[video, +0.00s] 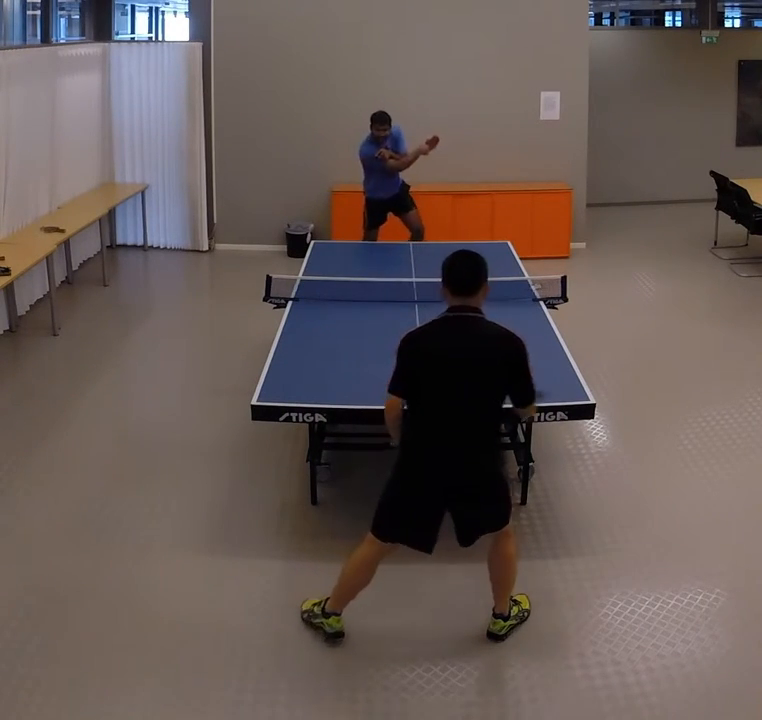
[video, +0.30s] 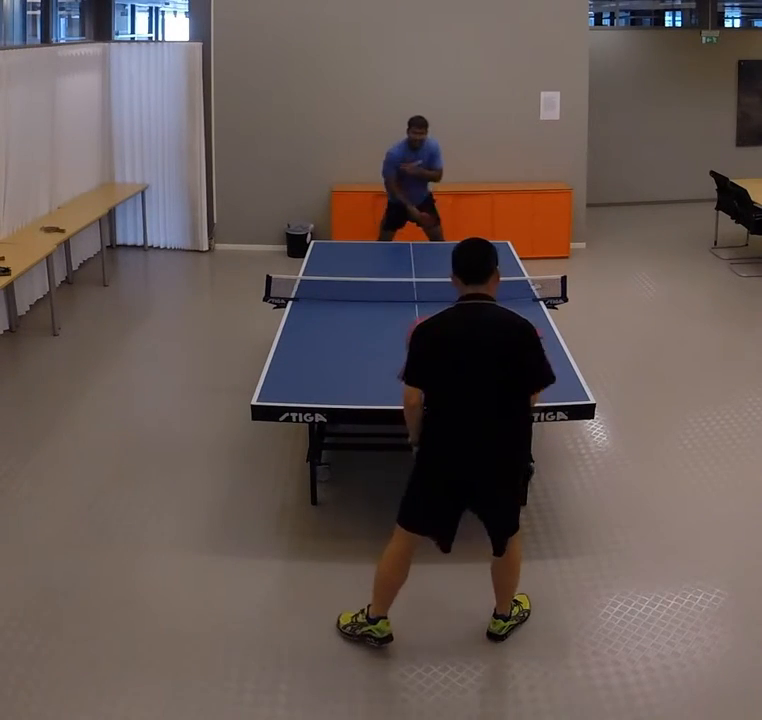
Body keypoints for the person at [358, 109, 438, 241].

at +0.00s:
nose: (382, 134)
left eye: (385, 130)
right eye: (378, 130)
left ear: (390, 128)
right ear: (371, 128)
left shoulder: (395, 133)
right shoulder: (367, 150)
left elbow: (405, 158)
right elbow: (396, 167)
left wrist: (390, 154)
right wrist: (419, 152)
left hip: (397, 192)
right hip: (375, 198)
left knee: (418, 231)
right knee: (370, 239)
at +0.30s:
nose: (417, 137)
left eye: (421, 134)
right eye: (414, 133)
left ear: (426, 134)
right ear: (408, 132)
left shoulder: (432, 147)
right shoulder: (394, 154)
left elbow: (437, 176)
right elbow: (391, 187)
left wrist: (416, 171)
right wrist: (413, 210)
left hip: (423, 200)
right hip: (398, 201)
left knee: (438, 240)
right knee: (384, 241)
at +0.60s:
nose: (431, 131)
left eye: (435, 127)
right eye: (428, 127)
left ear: (440, 128)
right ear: (422, 126)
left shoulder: (445, 146)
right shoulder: (405, 146)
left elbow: (454, 169)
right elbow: (392, 170)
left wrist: (456, 198)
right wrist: (389, 198)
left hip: (431, 200)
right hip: (406, 200)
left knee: (441, 241)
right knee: (396, 240)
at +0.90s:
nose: (419, 146)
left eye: (423, 142)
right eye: (415, 142)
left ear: (428, 141)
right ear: (409, 140)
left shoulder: (436, 156)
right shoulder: (398, 161)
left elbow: (445, 180)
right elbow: (398, 191)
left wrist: (451, 207)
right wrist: (409, 209)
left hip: (425, 204)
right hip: (401, 205)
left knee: (433, 245)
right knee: (397, 245)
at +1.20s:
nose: (420, 151)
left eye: (423, 147)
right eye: (415, 148)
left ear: (426, 145)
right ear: (408, 148)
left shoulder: (429, 152)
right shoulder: (403, 169)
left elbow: (433, 167)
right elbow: (419, 187)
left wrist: (443, 184)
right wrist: (436, 203)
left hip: (417, 195)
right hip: (397, 198)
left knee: (431, 235)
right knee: (399, 239)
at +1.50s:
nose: (435, 151)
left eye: (438, 147)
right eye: (431, 147)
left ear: (442, 146)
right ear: (423, 145)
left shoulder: (444, 155)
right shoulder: (414, 165)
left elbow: (442, 173)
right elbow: (416, 197)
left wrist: (444, 190)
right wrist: (430, 208)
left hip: (429, 199)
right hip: (407, 202)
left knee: (444, 235)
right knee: (403, 240)